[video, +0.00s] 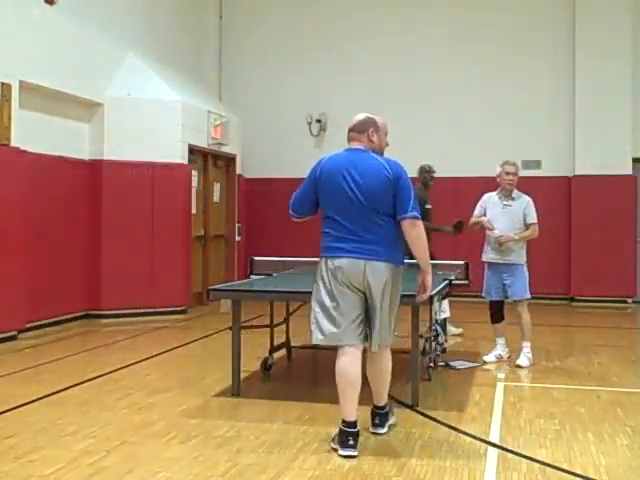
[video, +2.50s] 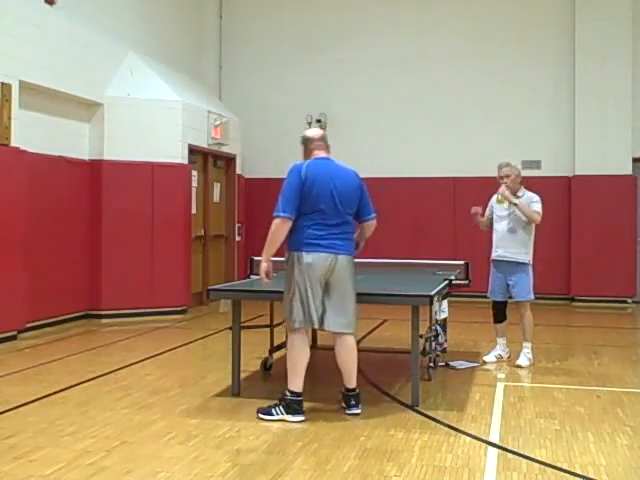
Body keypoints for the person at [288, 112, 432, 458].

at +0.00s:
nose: (386, 142)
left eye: (386, 135)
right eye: (385, 136)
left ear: (351, 135)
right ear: (372, 135)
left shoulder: (325, 166)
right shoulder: (392, 169)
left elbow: (297, 210)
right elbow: (410, 221)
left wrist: (326, 192)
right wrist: (426, 269)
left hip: (339, 265)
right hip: (382, 268)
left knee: (348, 347)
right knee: (380, 344)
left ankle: (347, 434)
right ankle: (380, 416)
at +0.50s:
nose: (385, 147)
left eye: (384, 142)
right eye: (384, 142)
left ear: (352, 141)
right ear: (376, 141)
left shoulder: (331, 168)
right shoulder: (393, 171)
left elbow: (305, 210)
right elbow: (417, 217)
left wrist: (332, 195)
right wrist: (431, 253)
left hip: (341, 264)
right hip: (382, 266)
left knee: (337, 331)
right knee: (378, 336)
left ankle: (331, 403)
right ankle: (378, 413)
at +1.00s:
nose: (359, 149)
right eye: (359, 145)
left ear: (331, 146)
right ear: (357, 147)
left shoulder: (310, 170)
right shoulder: (372, 173)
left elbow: (289, 214)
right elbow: (387, 222)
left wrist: (315, 225)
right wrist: (379, 259)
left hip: (321, 260)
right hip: (360, 261)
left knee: (327, 328)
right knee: (365, 325)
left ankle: (330, 402)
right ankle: (368, 391)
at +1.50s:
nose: (350, 148)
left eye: (345, 145)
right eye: (356, 146)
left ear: (339, 150)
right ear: (364, 154)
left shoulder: (321, 166)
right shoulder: (378, 181)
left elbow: (297, 207)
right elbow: (387, 230)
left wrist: (311, 235)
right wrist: (382, 261)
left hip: (328, 253)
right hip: (363, 257)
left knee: (330, 327)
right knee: (356, 330)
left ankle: (331, 401)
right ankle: (353, 398)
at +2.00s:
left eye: (343, 142)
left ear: (341, 148)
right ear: (365, 152)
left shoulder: (331, 165)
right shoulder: (380, 182)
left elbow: (313, 205)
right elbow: (384, 233)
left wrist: (300, 234)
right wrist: (378, 267)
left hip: (330, 251)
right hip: (367, 257)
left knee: (317, 323)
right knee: (358, 329)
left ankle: (319, 397)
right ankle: (353, 398)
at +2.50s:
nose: (302, 152)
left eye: (302, 148)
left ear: (304, 150)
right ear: (329, 148)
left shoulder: (300, 171)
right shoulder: (351, 175)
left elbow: (284, 218)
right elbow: (369, 222)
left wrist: (265, 257)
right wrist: (352, 245)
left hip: (307, 259)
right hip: (343, 260)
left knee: (299, 328)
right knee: (344, 330)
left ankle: (293, 402)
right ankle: (352, 398)